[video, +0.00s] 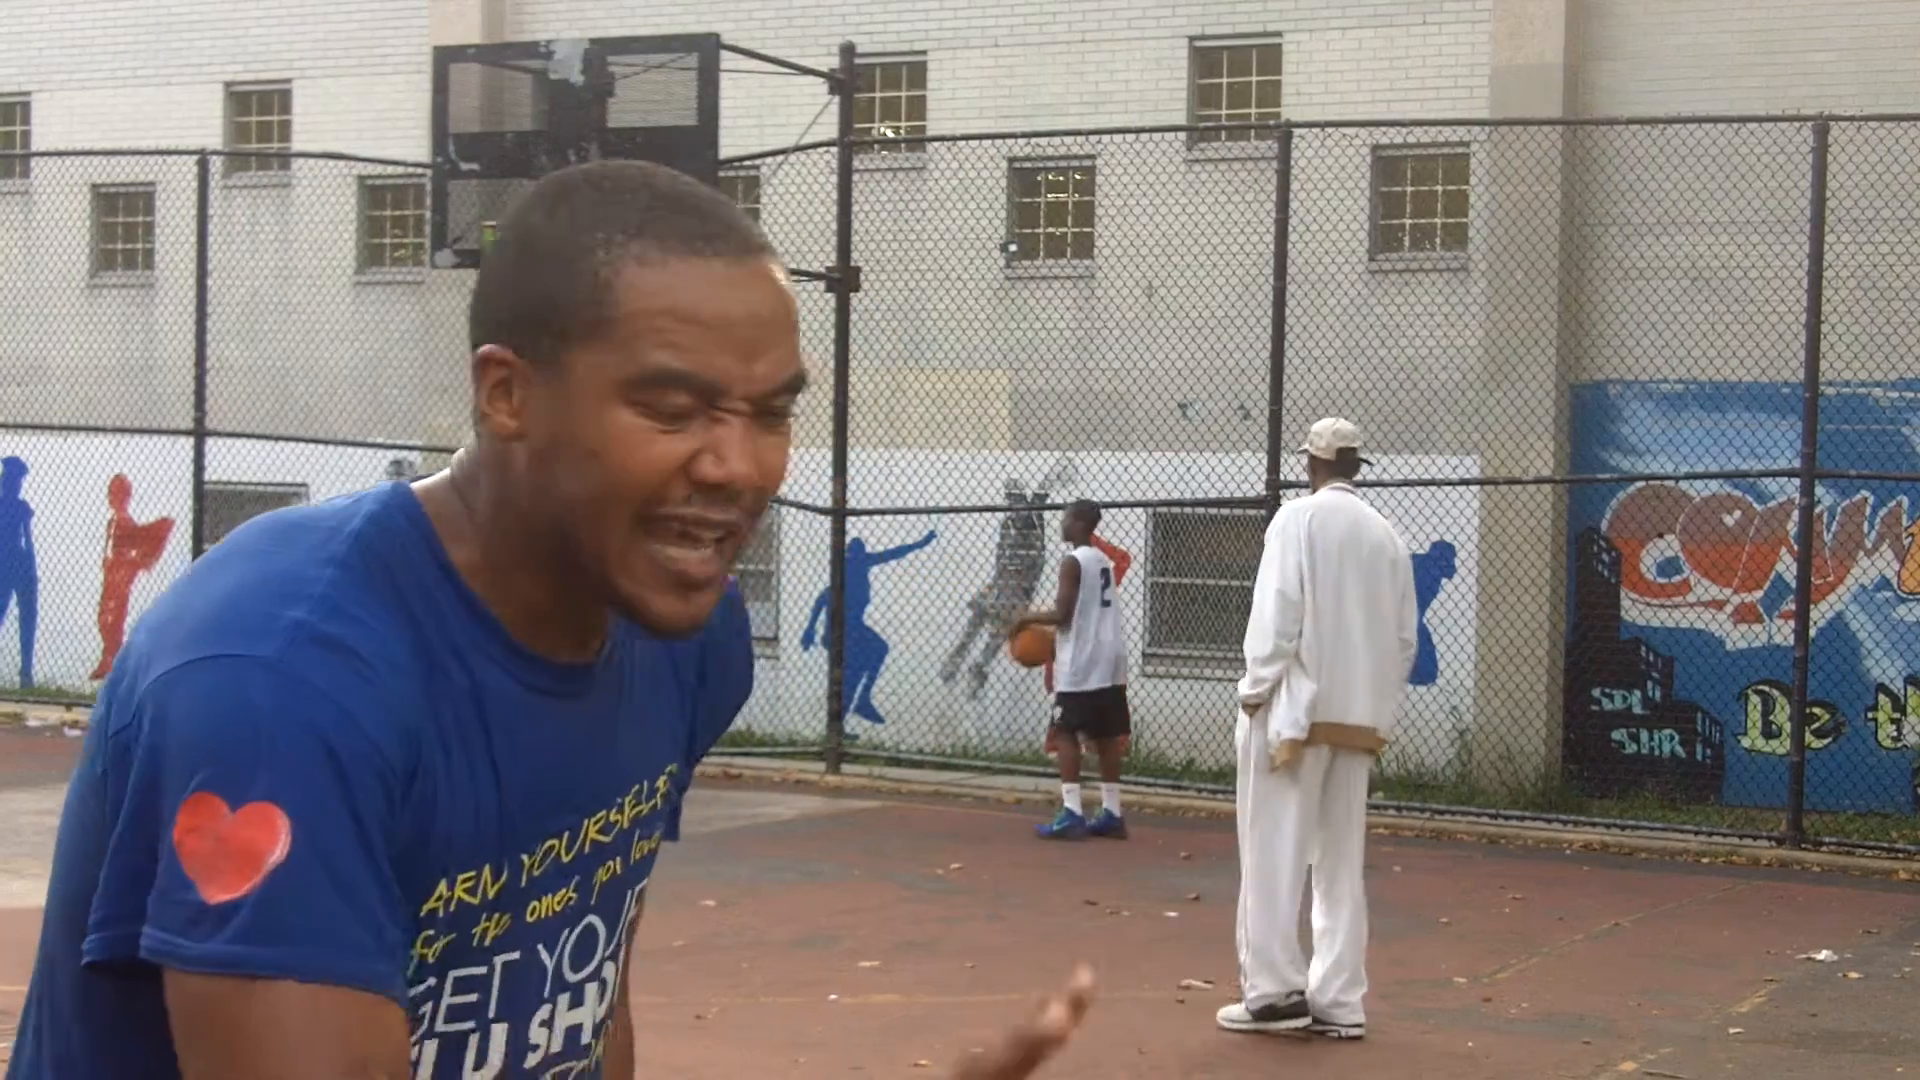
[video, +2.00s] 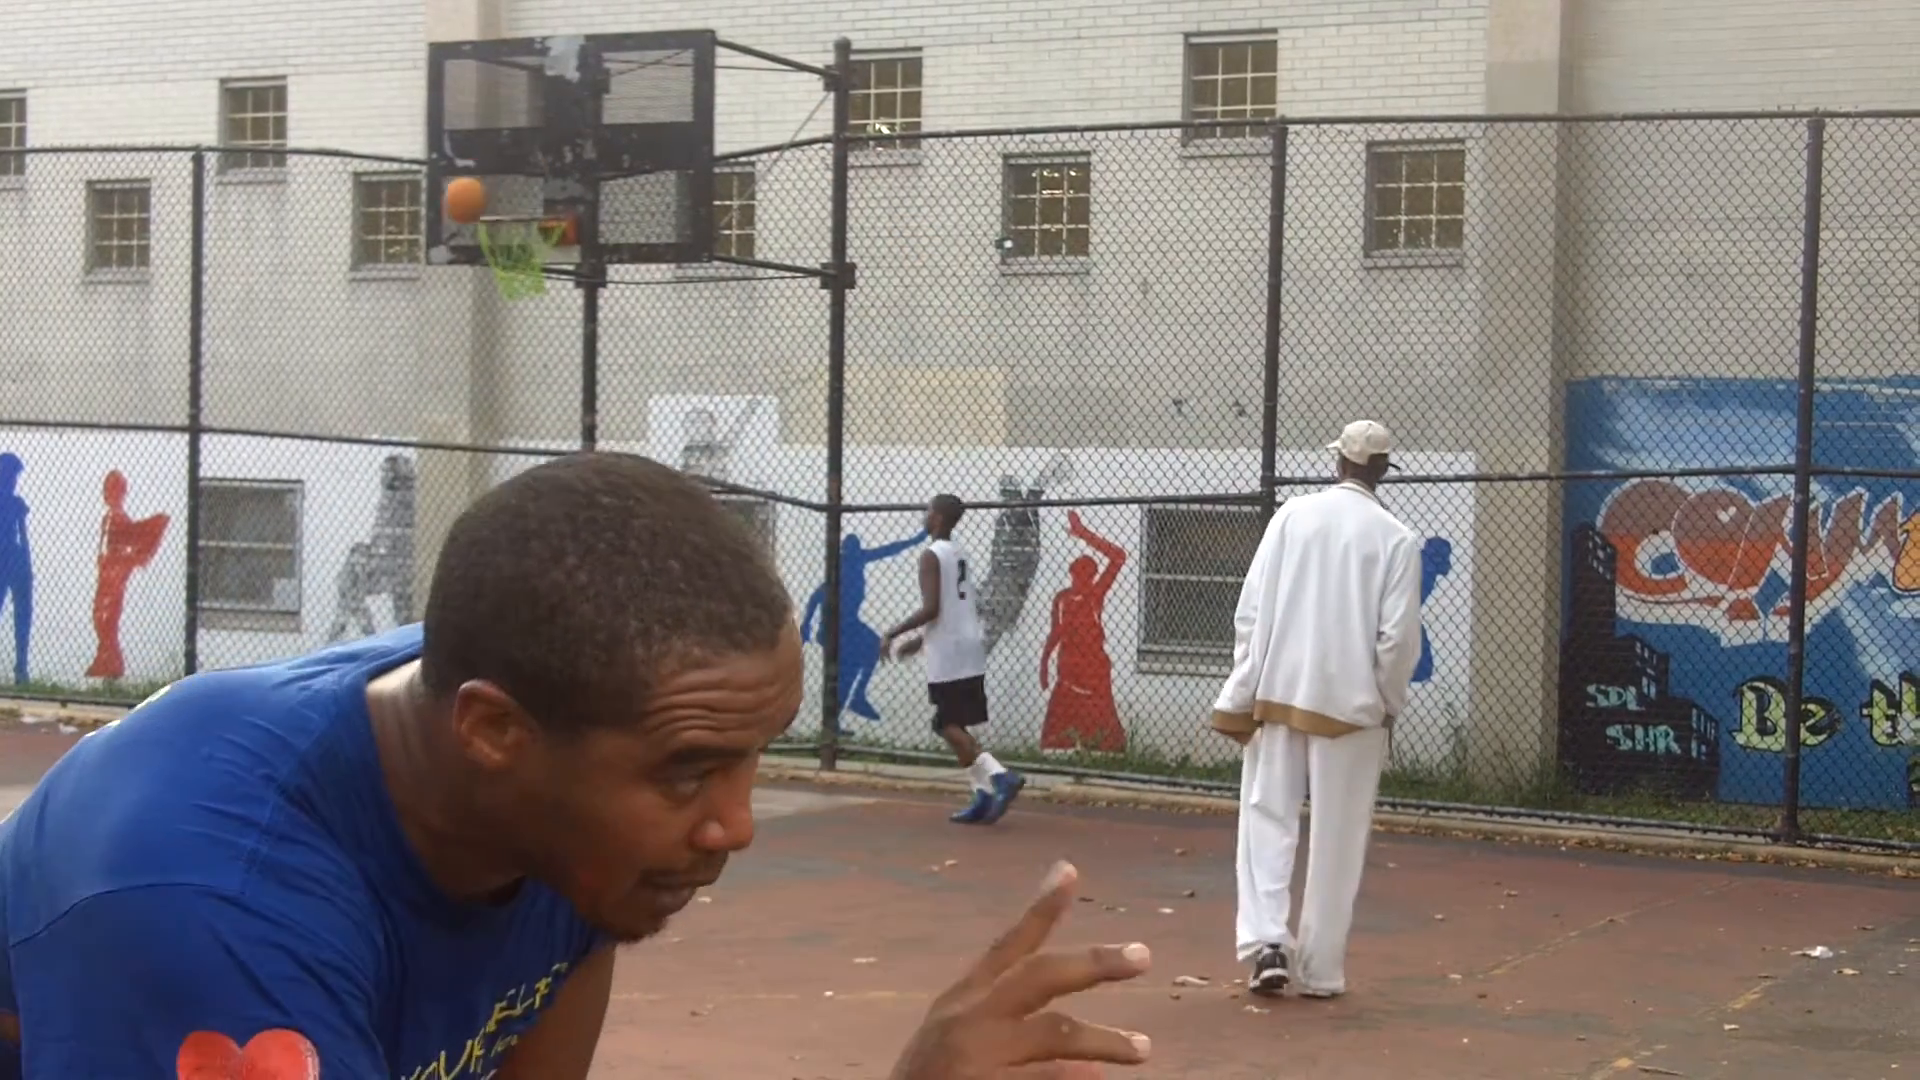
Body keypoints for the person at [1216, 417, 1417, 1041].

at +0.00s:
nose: (1304, 471)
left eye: (1306, 463)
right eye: (1311, 462)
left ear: (1313, 465)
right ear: (1358, 468)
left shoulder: (1297, 517)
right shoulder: (1390, 537)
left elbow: (1276, 618)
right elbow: (1405, 638)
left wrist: (1252, 695)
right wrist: (1382, 709)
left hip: (1292, 710)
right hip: (1359, 716)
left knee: (1272, 852)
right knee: (1340, 858)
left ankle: (1274, 991)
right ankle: (1340, 1004)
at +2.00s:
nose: (1360, 471)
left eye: (1346, 461)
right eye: (1375, 466)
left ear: (1336, 463)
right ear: (1383, 470)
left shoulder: (1290, 517)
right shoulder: (1395, 538)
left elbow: (1250, 613)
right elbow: (1396, 637)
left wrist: (1243, 690)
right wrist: (1390, 705)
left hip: (1277, 692)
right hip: (1350, 701)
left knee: (1266, 818)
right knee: (1339, 833)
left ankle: (1265, 942)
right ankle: (1321, 972)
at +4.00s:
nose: (1463, 476)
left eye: (1464, 469)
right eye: (1474, 471)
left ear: (1466, 473)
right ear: (1512, 482)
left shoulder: (1425, 519)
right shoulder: (1531, 543)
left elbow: (1390, 609)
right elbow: (1537, 636)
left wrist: (1377, 686)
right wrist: (1518, 700)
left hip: (1411, 686)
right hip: (1487, 695)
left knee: (1396, 815)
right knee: (1474, 821)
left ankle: (1388, 939)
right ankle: (1463, 960)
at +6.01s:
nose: (1404, 477)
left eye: (1409, 469)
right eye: (1406, 468)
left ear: (1427, 471)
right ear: (1453, 472)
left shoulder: (1417, 524)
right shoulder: (1492, 533)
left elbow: (1408, 618)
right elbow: (1511, 625)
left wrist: (1392, 689)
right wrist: (1495, 693)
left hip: (1424, 698)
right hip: (1477, 699)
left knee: (1419, 825)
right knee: (1467, 823)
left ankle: (1432, 955)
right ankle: (1479, 953)